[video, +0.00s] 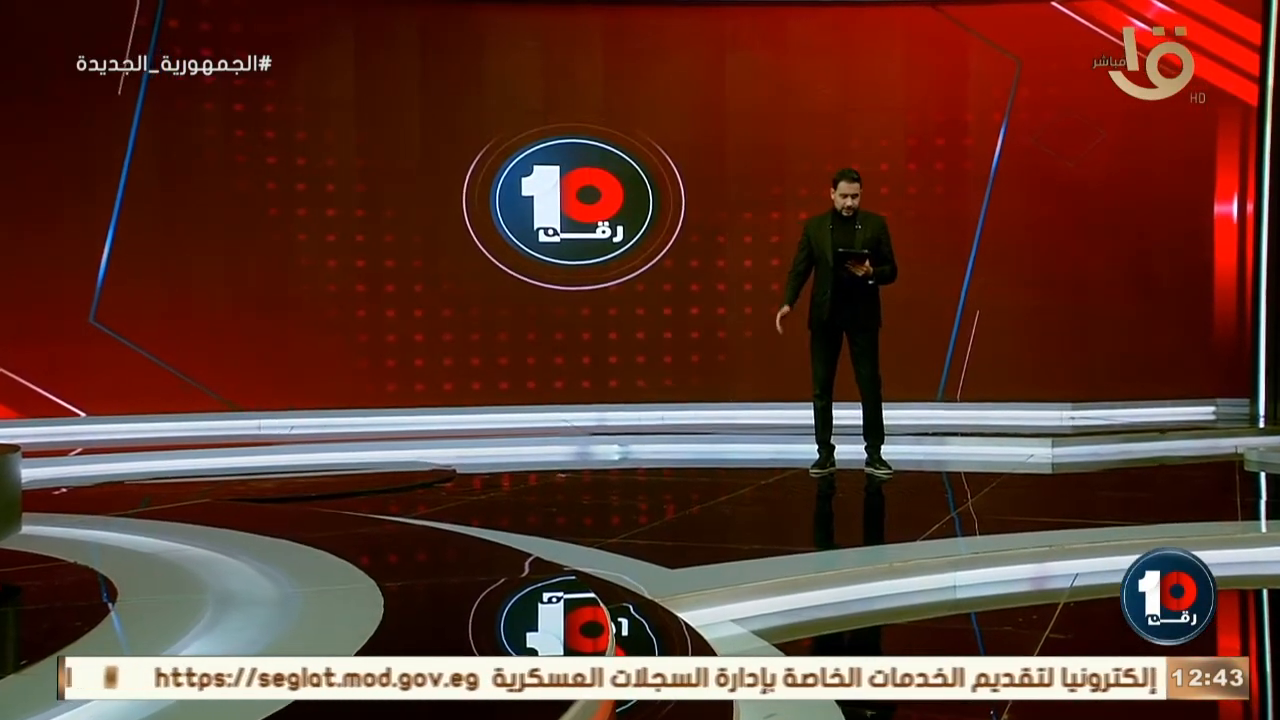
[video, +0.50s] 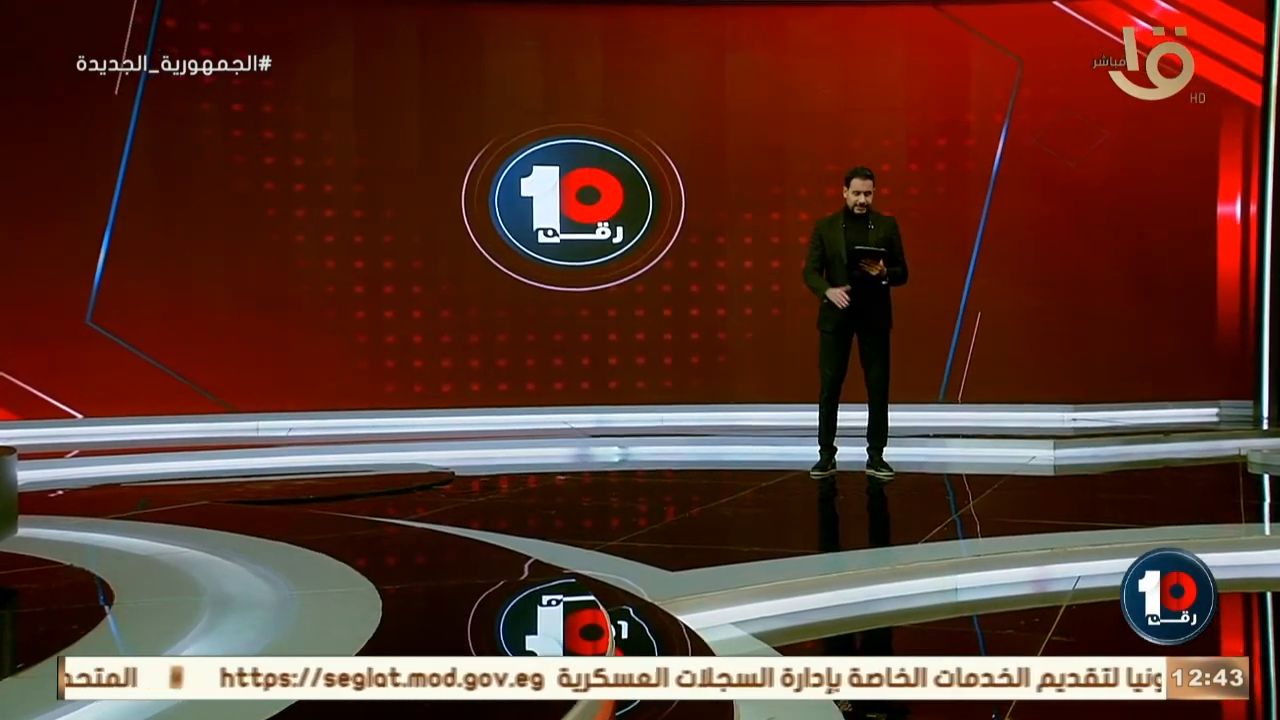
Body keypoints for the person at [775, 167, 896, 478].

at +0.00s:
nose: (850, 202)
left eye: (855, 196)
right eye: (844, 196)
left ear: (862, 195)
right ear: (832, 194)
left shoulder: (875, 225)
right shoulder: (815, 227)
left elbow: (890, 272)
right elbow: (800, 267)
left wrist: (872, 272)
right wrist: (788, 302)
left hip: (863, 318)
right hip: (825, 318)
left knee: (870, 385)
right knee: (822, 387)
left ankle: (874, 455)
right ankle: (824, 454)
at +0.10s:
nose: (853, 201)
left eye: (858, 195)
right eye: (848, 195)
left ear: (866, 194)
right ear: (836, 193)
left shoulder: (878, 225)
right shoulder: (818, 226)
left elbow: (893, 272)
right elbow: (803, 263)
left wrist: (876, 272)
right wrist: (795, 285)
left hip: (866, 318)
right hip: (828, 317)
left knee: (873, 387)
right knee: (823, 387)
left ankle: (875, 455)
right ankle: (825, 454)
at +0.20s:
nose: (856, 200)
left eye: (861, 194)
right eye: (850, 194)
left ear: (867, 195)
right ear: (838, 193)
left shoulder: (880, 226)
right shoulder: (821, 227)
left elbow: (895, 273)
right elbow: (804, 262)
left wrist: (878, 272)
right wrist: (801, 280)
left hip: (868, 318)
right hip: (830, 318)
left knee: (874, 388)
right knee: (825, 388)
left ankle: (875, 455)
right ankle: (825, 455)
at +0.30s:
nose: (857, 200)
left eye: (862, 194)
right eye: (852, 193)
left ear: (869, 194)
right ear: (840, 192)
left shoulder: (882, 225)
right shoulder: (822, 227)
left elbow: (897, 273)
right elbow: (804, 268)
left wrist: (881, 272)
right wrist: (809, 281)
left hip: (870, 318)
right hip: (832, 318)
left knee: (875, 387)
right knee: (827, 387)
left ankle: (875, 456)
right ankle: (825, 454)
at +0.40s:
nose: (860, 199)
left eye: (865, 193)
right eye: (855, 193)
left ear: (872, 195)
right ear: (843, 192)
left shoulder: (885, 226)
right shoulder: (826, 227)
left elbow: (900, 274)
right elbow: (808, 271)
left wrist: (884, 272)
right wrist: (822, 284)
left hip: (873, 319)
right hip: (835, 318)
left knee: (877, 389)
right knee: (829, 388)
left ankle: (875, 456)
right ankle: (826, 454)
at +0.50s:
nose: (862, 199)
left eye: (868, 194)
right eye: (857, 193)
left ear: (874, 194)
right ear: (845, 192)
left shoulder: (886, 226)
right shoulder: (827, 227)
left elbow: (901, 274)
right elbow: (810, 273)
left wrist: (886, 273)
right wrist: (827, 290)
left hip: (875, 319)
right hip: (837, 318)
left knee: (878, 390)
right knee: (830, 388)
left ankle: (876, 457)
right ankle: (826, 455)